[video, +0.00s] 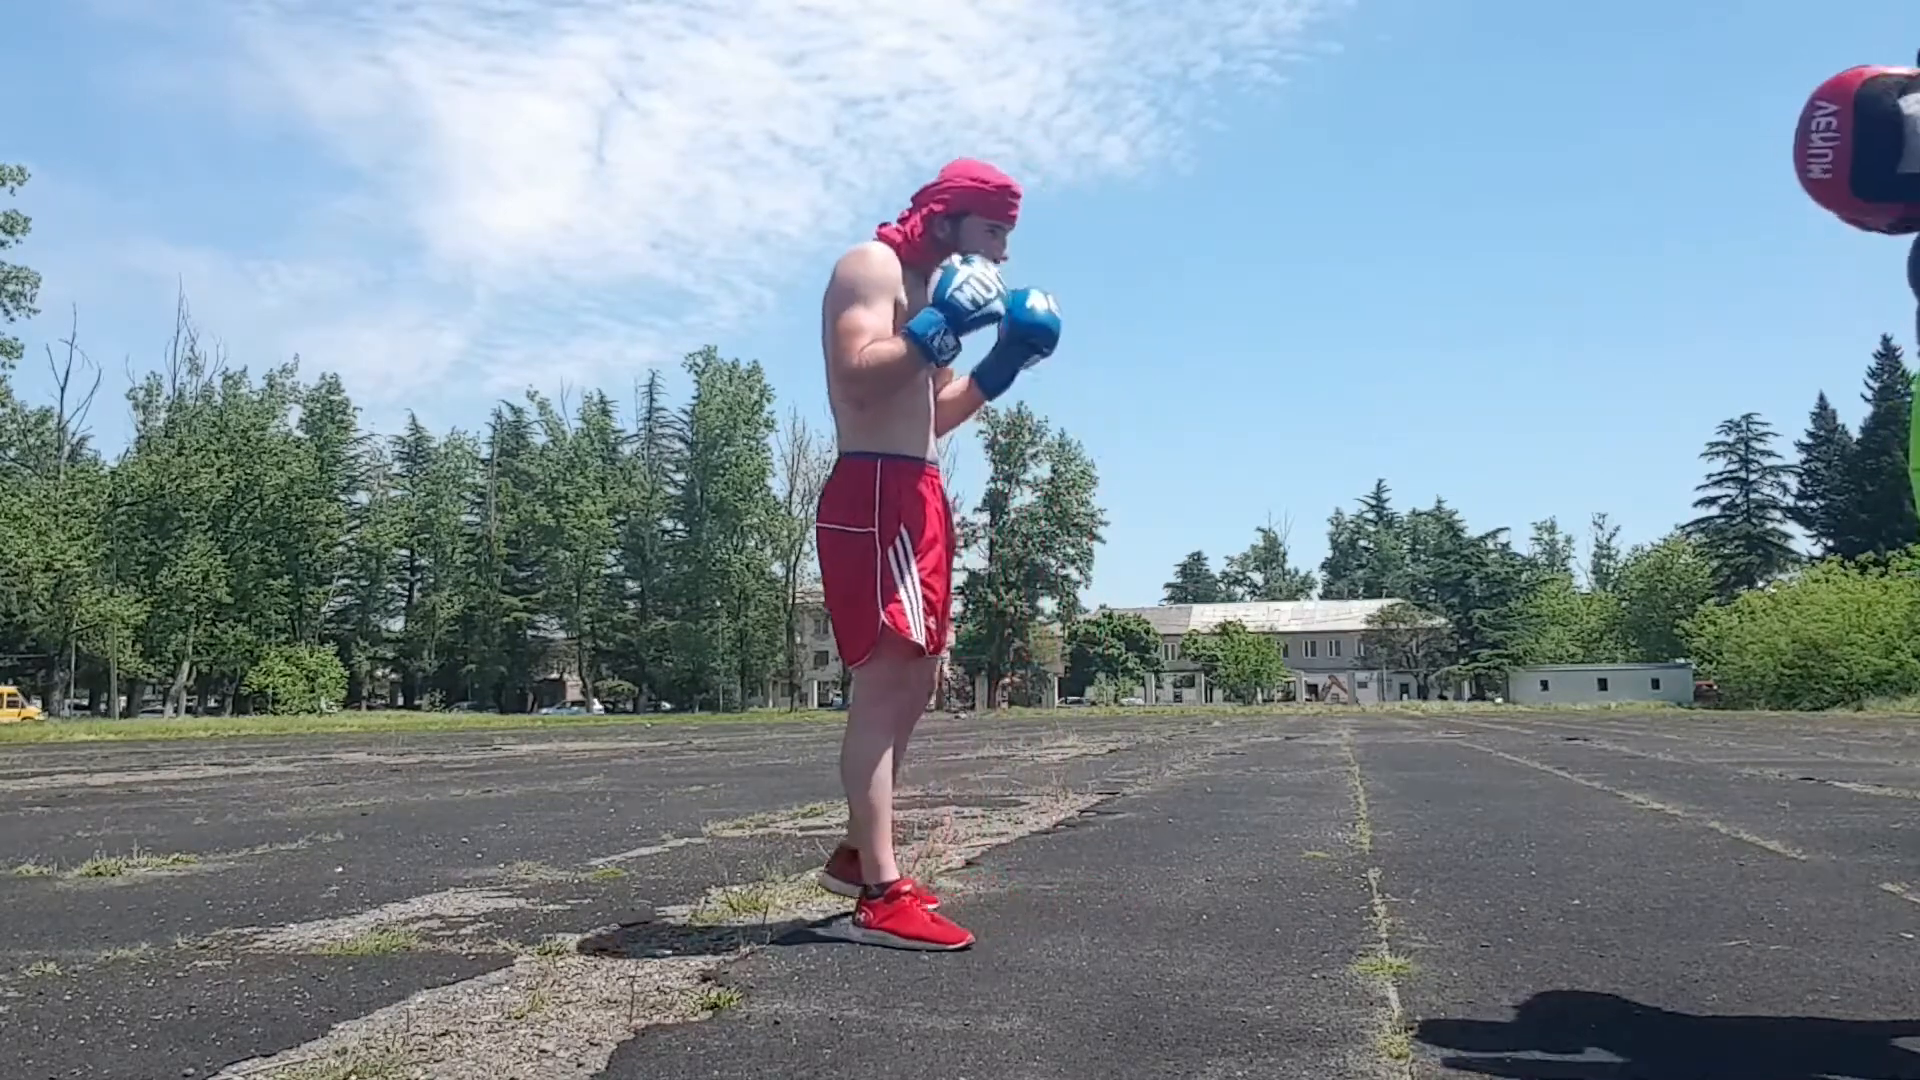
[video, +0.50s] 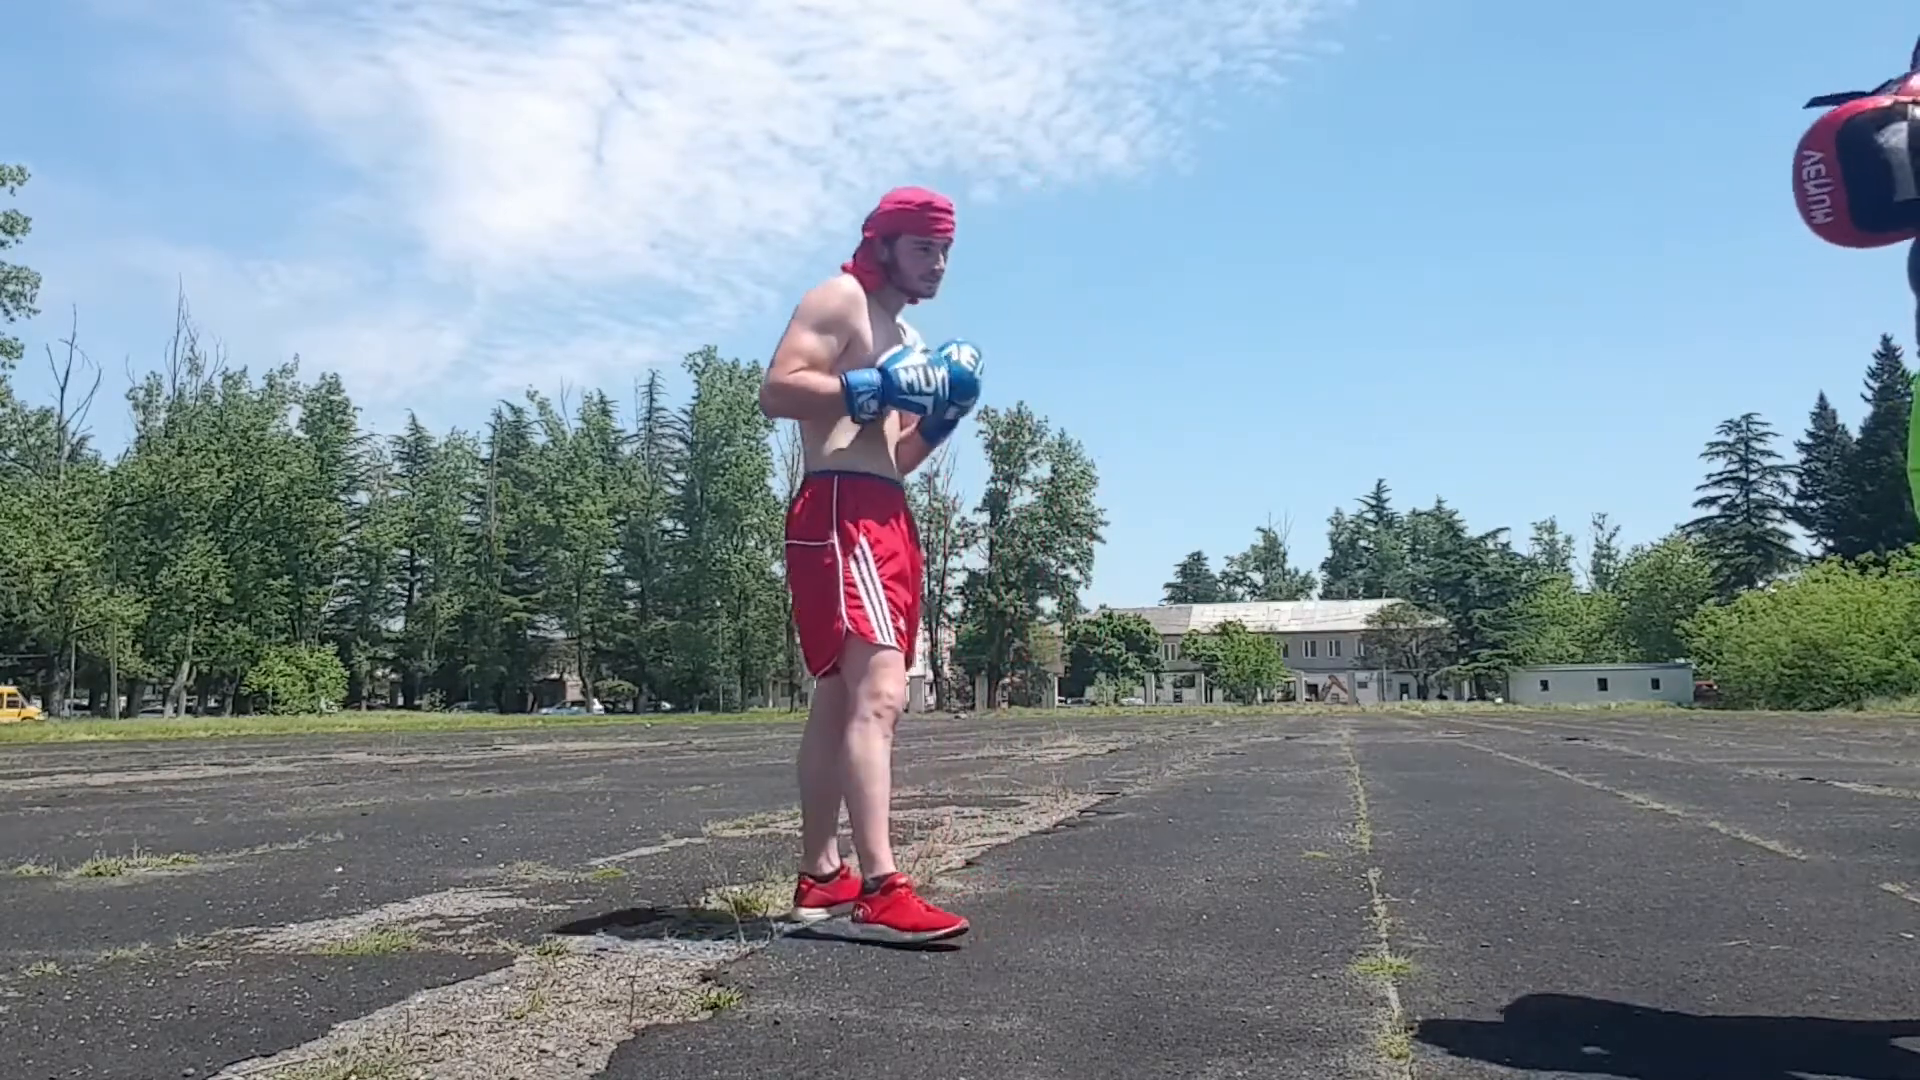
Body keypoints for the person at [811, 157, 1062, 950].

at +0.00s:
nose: (999, 251)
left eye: (1004, 238)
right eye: (992, 233)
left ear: (970, 233)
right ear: (945, 218)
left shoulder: (932, 294)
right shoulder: (872, 264)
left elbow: (936, 417)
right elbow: (855, 376)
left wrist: (1006, 362)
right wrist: (938, 327)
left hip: (920, 495)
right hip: (878, 493)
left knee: (915, 683)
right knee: (886, 682)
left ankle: (860, 849)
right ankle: (882, 886)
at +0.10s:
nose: (991, 252)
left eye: (995, 239)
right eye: (984, 235)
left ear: (954, 237)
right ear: (938, 225)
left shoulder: (925, 295)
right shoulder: (867, 267)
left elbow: (942, 417)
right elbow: (835, 372)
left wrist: (974, 347)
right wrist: (925, 338)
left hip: (913, 499)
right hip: (869, 494)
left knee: (899, 686)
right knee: (883, 687)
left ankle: (842, 843)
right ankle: (883, 887)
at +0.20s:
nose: (962, 244)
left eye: (973, 233)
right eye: (952, 227)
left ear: (970, 240)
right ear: (909, 218)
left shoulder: (928, 303)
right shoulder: (859, 272)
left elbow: (926, 434)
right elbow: (815, 379)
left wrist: (965, 371)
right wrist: (910, 350)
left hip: (910, 501)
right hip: (865, 497)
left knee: (885, 695)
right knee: (878, 696)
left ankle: (835, 858)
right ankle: (881, 889)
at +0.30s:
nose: (949, 251)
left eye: (959, 240)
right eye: (938, 233)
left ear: (956, 247)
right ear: (894, 226)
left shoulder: (911, 315)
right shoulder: (851, 282)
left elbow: (908, 445)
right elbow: (801, 385)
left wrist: (951, 400)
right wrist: (896, 367)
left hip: (901, 504)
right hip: (861, 499)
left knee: (877, 694)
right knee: (874, 690)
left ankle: (828, 876)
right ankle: (881, 890)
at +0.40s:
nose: (940, 259)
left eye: (949, 246)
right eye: (928, 242)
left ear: (945, 252)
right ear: (884, 235)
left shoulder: (906, 326)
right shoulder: (844, 291)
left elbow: (894, 452)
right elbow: (788, 391)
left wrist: (942, 418)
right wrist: (883, 382)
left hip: (889, 508)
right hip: (854, 505)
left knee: (851, 700)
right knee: (877, 698)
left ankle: (823, 877)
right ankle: (882, 890)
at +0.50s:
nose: (938, 264)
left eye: (944, 251)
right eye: (925, 249)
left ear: (941, 257)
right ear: (880, 245)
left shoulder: (904, 340)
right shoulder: (839, 298)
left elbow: (895, 458)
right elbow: (777, 388)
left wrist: (941, 418)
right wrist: (861, 392)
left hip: (884, 513)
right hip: (842, 509)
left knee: (839, 701)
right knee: (881, 693)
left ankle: (821, 874)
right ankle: (879, 884)